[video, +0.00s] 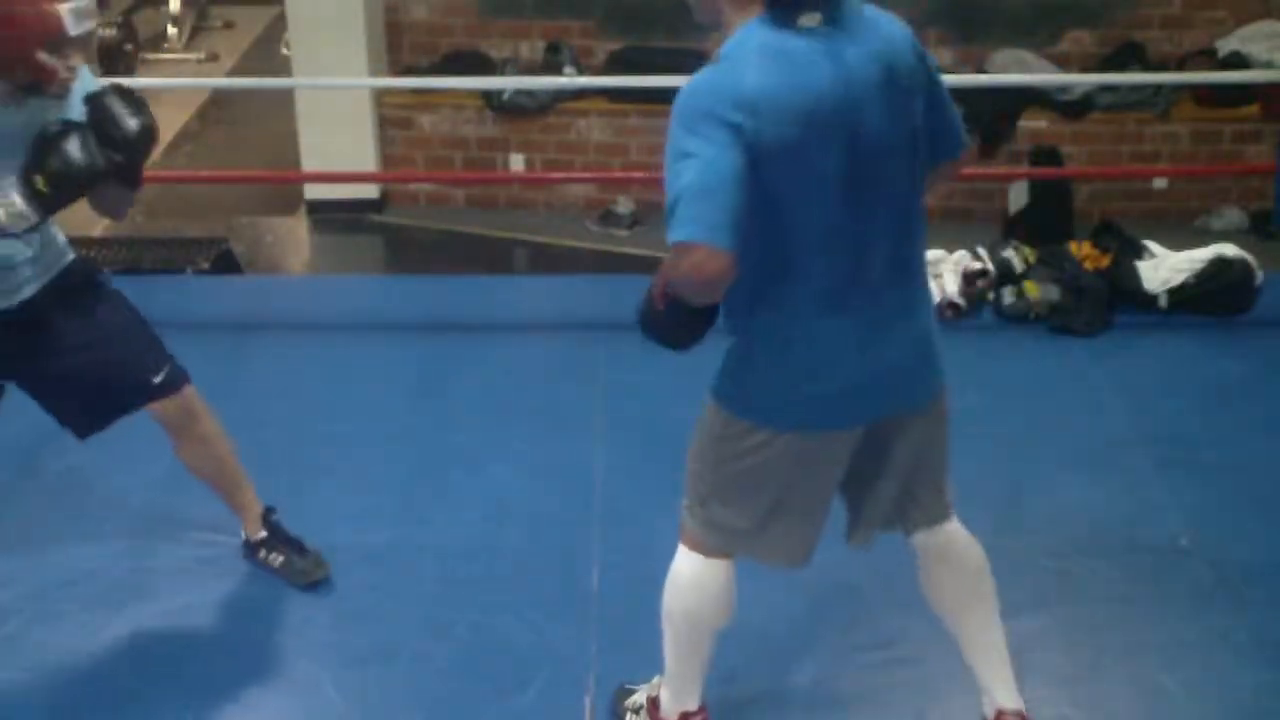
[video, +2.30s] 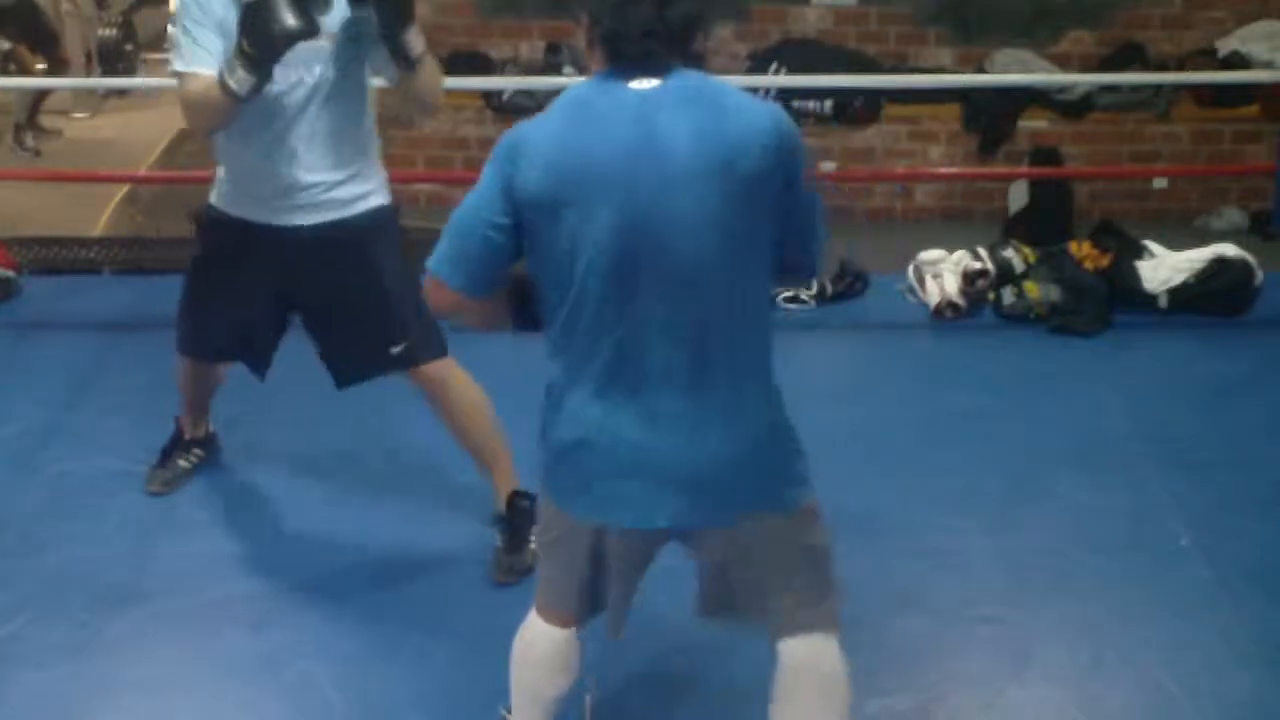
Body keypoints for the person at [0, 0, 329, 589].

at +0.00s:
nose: (60, 65)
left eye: (62, 46)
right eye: (44, 54)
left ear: (67, 36)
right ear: (9, 60)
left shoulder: (73, 83)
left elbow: (111, 208)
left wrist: (121, 166)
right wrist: (34, 197)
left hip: (39, 270)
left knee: (170, 391)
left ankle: (258, 528)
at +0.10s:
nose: (112, 61)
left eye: (118, 41)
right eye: (95, 49)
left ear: (123, 27)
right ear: (39, 45)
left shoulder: (110, 67)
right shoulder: (6, 90)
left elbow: (137, 196)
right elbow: (3, 214)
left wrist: (153, 162)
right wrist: (59, 194)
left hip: (74, 268)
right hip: (4, 293)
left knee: (195, 389)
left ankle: (259, 529)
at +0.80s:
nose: (126, 29)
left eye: (138, 17)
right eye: (115, 15)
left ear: (148, 11)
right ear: (71, 2)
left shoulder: (154, 37)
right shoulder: (14, 44)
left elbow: (212, 163)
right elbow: (22, 190)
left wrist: (206, 100)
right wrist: (95, 128)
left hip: (150, 261)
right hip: (32, 277)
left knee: (261, 389)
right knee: (4, 427)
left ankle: (338, 523)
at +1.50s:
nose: (166, 3)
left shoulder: (217, 11)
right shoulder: (62, 18)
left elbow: (268, 130)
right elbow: (66, 158)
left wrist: (264, 78)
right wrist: (129, 104)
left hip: (224, 230)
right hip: (107, 242)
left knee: (323, 370)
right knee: (54, 393)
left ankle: (412, 504)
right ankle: (61, 481)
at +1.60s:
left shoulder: (254, 14)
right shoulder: (103, 21)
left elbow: (324, 135)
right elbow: (110, 157)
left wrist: (304, 70)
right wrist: (172, 88)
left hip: (253, 235)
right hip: (134, 242)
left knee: (346, 377)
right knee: (75, 382)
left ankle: (424, 516)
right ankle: (59, 476)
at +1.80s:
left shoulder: (337, 13)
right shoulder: (189, 11)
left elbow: (382, 145)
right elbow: (196, 145)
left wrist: (374, 71)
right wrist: (259, 80)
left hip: (298, 223)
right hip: (188, 221)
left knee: (378, 367)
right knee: (122, 358)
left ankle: (428, 518)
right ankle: (106, 461)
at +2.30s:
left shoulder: (357, 6)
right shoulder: (207, 6)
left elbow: (425, 100)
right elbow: (198, 117)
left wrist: (403, 31)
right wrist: (249, 61)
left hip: (351, 213)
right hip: (243, 214)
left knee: (425, 361)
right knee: (198, 345)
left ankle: (514, 502)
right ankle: (193, 435)